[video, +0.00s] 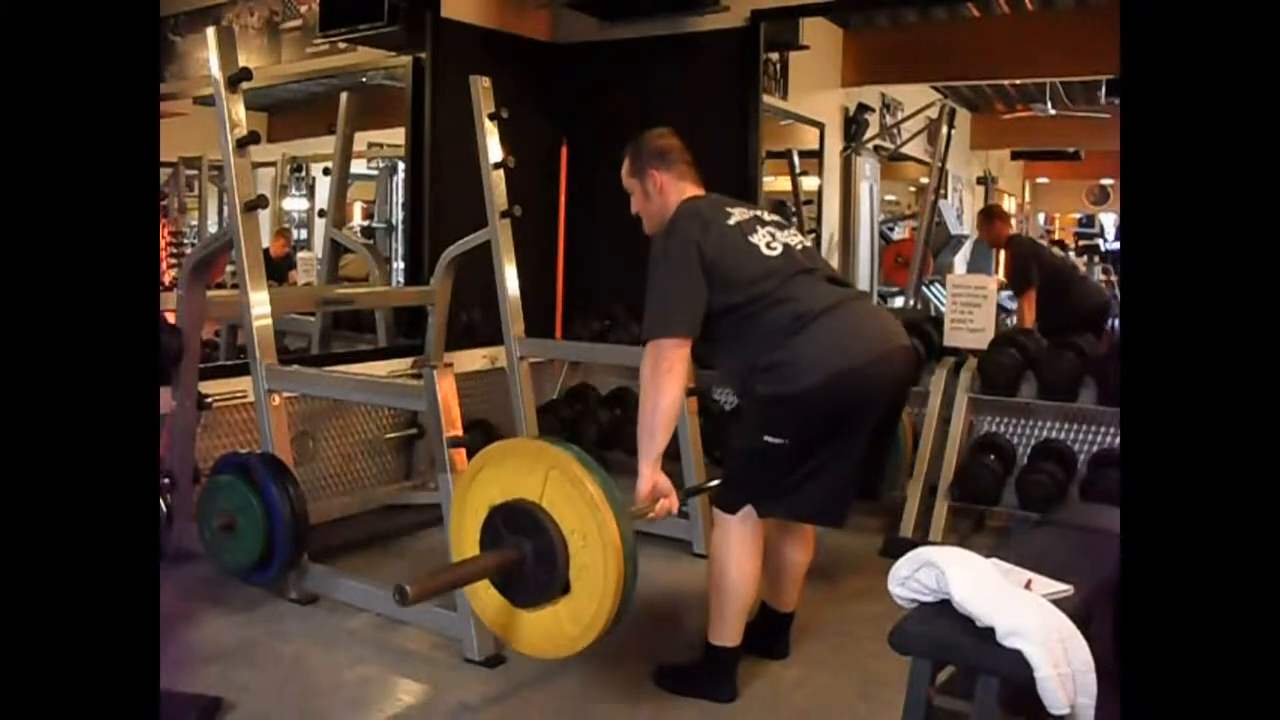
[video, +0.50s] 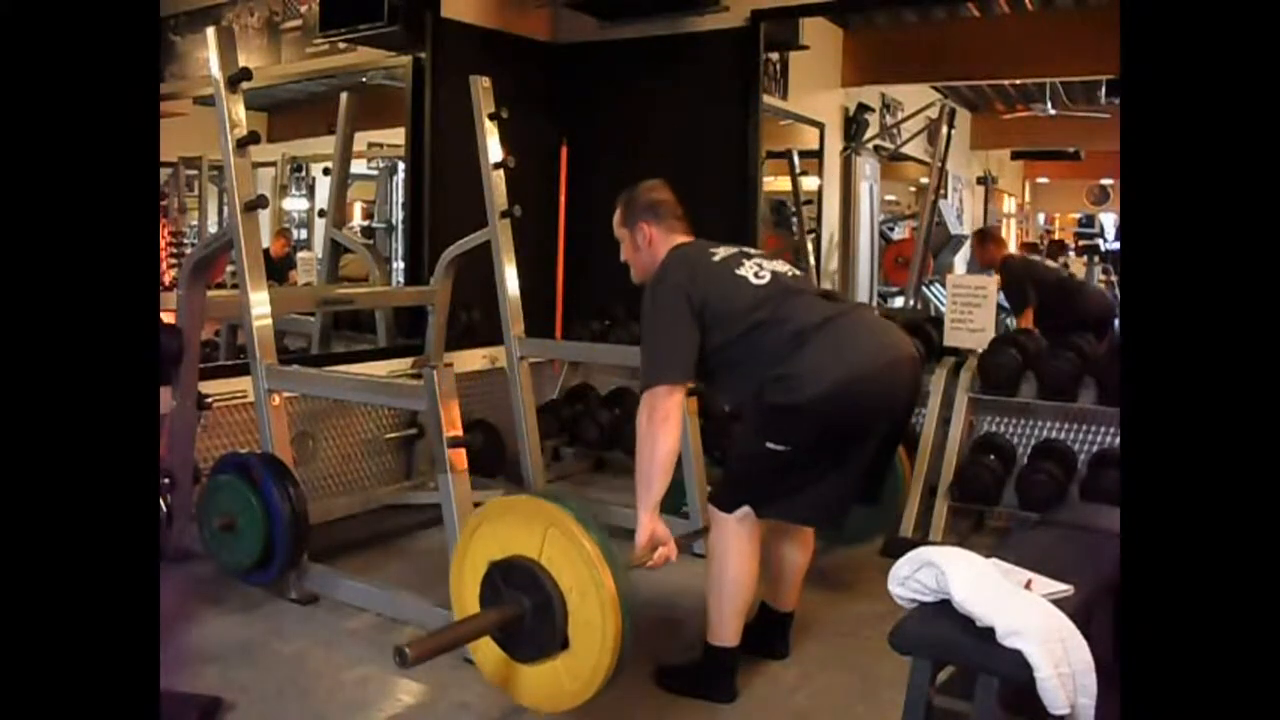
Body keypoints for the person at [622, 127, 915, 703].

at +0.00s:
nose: (634, 212)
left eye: (632, 195)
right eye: (630, 198)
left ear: (657, 182)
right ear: (688, 178)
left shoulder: (681, 233)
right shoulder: (747, 213)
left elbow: (668, 352)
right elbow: (801, 297)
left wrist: (649, 465)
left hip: (811, 367)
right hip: (885, 351)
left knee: (736, 505)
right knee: (797, 505)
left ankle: (716, 668)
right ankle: (772, 631)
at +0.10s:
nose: (633, 218)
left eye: (632, 202)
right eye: (629, 204)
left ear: (657, 191)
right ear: (685, 187)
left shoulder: (679, 243)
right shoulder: (747, 222)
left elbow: (668, 363)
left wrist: (649, 473)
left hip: (813, 370)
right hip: (886, 354)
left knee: (735, 505)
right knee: (798, 504)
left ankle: (716, 669)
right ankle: (773, 630)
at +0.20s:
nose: (629, 227)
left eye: (629, 210)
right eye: (626, 212)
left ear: (654, 200)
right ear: (681, 197)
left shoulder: (677, 252)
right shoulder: (742, 231)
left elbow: (667, 369)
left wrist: (649, 482)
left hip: (814, 370)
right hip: (887, 355)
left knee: (735, 507)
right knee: (798, 503)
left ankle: (715, 669)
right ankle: (773, 629)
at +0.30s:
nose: (626, 238)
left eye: (626, 222)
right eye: (623, 224)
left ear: (650, 213)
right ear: (677, 208)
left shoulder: (676, 260)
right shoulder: (742, 241)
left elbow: (666, 380)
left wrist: (648, 493)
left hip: (813, 373)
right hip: (887, 357)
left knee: (737, 506)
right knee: (798, 503)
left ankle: (715, 670)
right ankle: (773, 630)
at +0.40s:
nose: (624, 249)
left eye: (623, 232)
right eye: (621, 235)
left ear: (647, 224)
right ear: (676, 218)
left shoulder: (674, 270)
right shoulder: (736, 250)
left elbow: (665, 389)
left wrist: (648, 504)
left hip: (819, 373)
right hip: (889, 357)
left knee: (737, 506)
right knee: (797, 502)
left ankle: (715, 669)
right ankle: (773, 629)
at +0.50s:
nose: (623, 258)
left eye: (623, 243)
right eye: (620, 245)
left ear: (646, 233)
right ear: (674, 229)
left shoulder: (673, 279)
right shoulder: (732, 260)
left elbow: (663, 399)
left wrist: (647, 515)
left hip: (823, 374)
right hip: (891, 357)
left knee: (733, 507)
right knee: (795, 503)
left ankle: (716, 669)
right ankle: (773, 629)